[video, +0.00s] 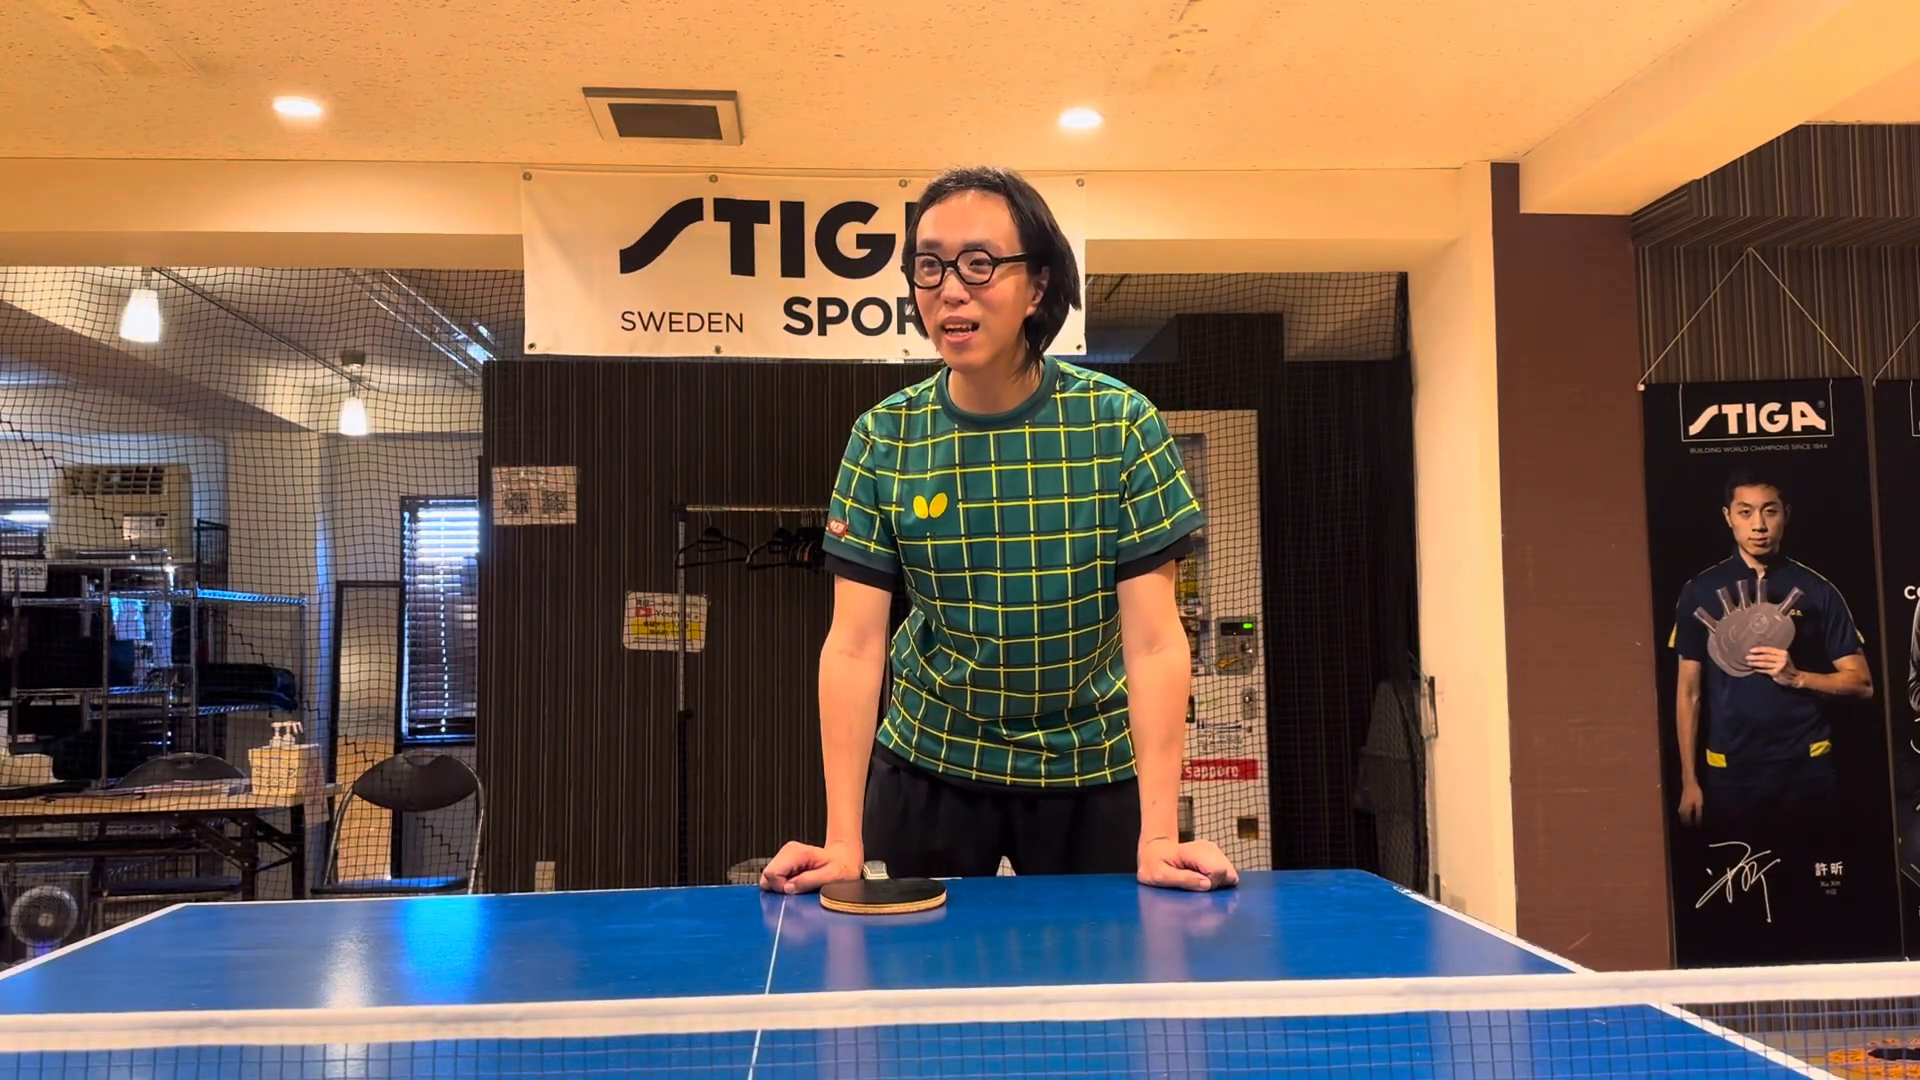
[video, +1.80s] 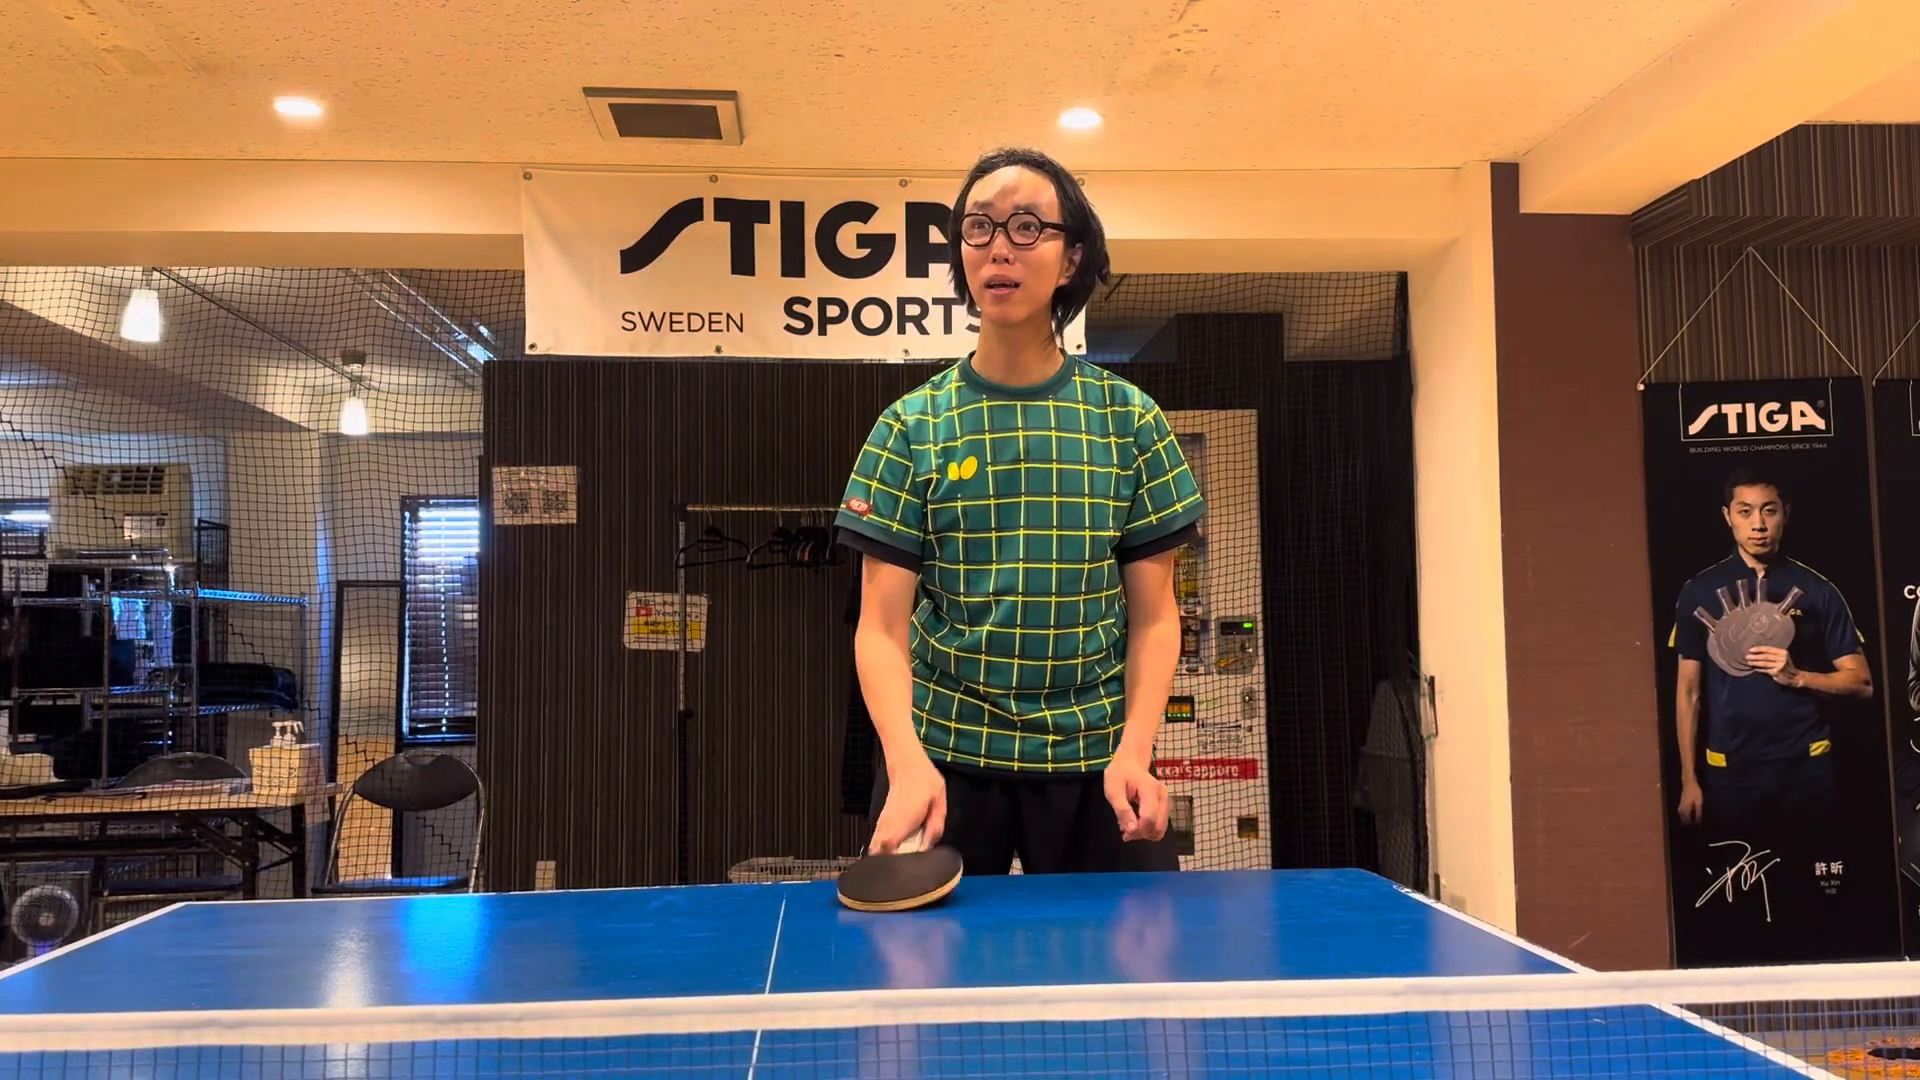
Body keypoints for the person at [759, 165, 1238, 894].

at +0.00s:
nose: (949, 289)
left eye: (979, 263)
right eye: (931, 266)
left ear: (1037, 287)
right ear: (914, 287)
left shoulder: (1120, 426)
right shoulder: (886, 437)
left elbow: (1154, 642)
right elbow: (853, 646)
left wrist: (1161, 836)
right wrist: (842, 844)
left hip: (1090, 781)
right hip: (927, 778)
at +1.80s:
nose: (1001, 248)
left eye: (1029, 228)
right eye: (982, 228)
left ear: (1071, 260)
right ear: (960, 254)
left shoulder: (1129, 420)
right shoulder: (913, 426)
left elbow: (1154, 614)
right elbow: (882, 627)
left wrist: (1135, 751)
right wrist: (906, 763)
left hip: (1095, 776)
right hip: (948, 776)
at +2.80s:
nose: (1010, 318)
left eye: (1034, 295)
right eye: (988, 294)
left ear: (1069, 310)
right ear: (960, 311)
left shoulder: (1120, 459)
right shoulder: (900, 464)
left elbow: (1158, 639)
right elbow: (831, 648)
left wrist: (1124, 641)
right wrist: (916, 708)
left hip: (1097, 800)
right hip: (929, 801)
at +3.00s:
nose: (1070, 329)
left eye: (1095, 307)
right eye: (1048, 304)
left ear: (1129, 321)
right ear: (1019, 317)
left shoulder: (1181, 453)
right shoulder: (964, 473)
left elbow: (1232, 661)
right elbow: (886, 649)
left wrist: (1186, 541)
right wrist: (938, 714)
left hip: (1154, 782)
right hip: (989, 779)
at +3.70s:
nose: (1032, 387)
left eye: (1058, 363)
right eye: (1010, 361)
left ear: (1096, 378)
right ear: (986, 374)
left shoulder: (1149, 493)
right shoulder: (933, 513)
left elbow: (1203, 684)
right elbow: (869, 694)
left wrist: (1162, 623)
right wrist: (898, 767)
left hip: (1121, 792)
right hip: (962, 796)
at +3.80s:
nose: (1028, 394)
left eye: (1053, 369)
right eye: (1006, 367)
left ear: (1091, 383)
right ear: (982, 380)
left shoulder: (1149, 502)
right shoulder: (927, 521)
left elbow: (1202, 651)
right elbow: (873, 692)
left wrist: (1156, 668)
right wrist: (876, 760)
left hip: (1123, 811)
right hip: (956, 813)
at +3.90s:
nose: (1030, 400)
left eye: (1056, 371)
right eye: (1007, 370)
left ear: (1094, 383)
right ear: (983, 383)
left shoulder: (1149, 505)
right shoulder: (930, 522)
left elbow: (1197, 651)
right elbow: (879, 682)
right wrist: (862, 758)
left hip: (1110, 812)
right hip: (953, 808)